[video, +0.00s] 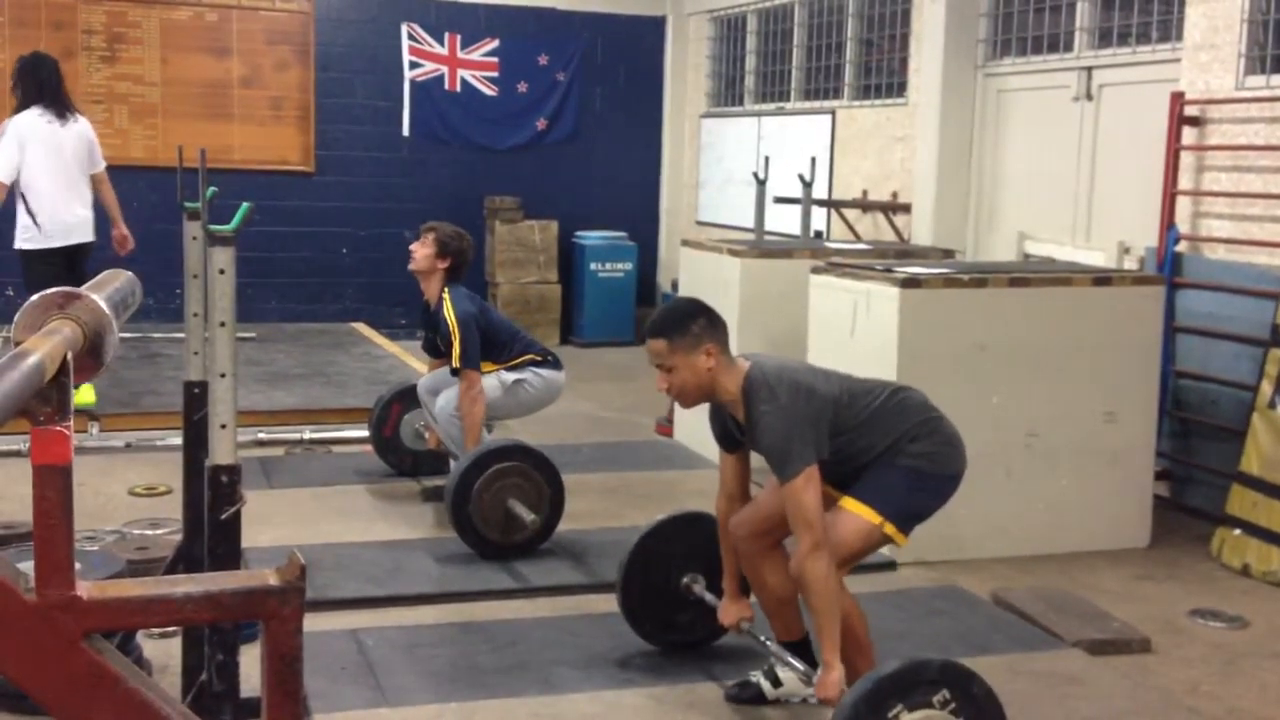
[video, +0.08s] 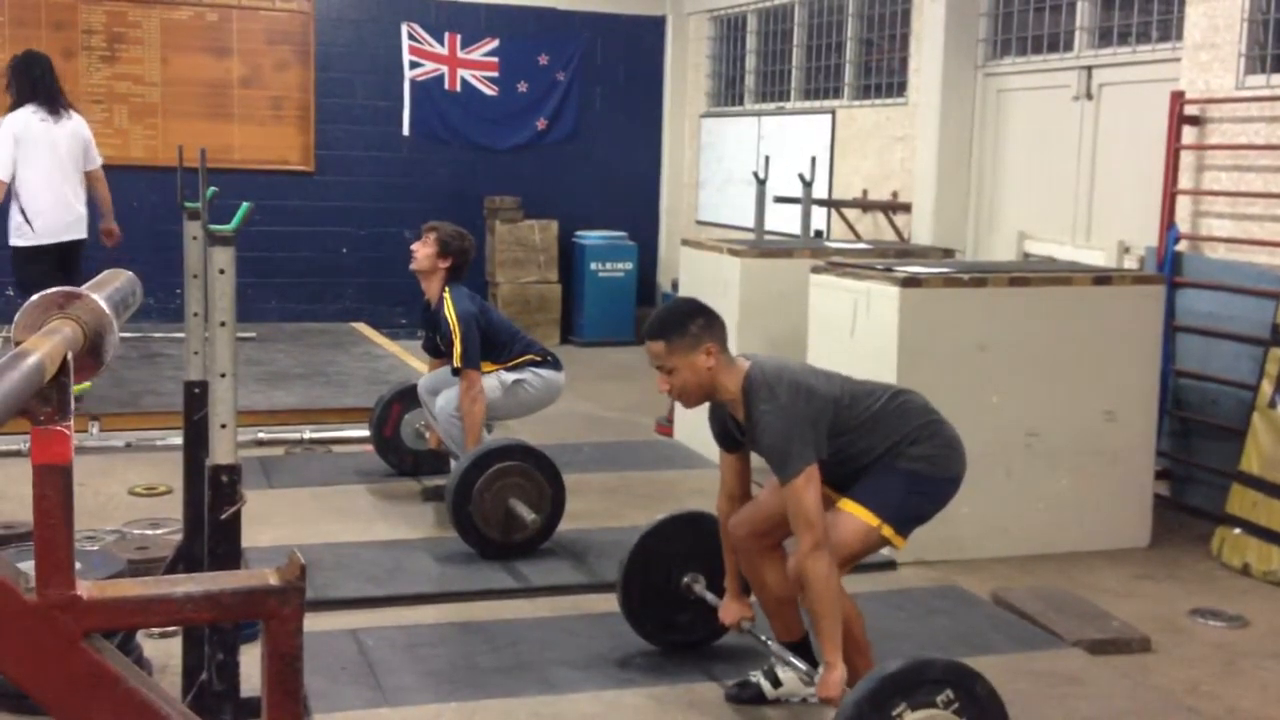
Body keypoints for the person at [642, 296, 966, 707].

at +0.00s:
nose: (661, 385)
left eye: (667, 370)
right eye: (658, 371)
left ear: (708, 357)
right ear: (708, 360)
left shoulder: (778, 404)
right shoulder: (728, 405)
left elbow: (813, 547)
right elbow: (731, 499)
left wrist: (831, 665)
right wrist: (733, 594)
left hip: (923, 452)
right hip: (863, 452)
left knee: (815, 566)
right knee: (748, 533)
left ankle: (870, 696)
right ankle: (798, 667)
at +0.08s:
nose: (662, 386)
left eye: (668, 371)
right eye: (659, 373)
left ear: (708, 357)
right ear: (708, 359)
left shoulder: (778, 404)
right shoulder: (727, 407)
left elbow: (813, 547)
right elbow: (732, 500)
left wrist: (832, 666)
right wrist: (735, 593)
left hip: (923, 455)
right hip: (863, 455)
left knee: (811, 567)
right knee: (747, 533)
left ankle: (869, 692)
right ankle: (797, 666)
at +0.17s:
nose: (662, 392)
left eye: (666, 378)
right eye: (658, 380)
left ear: (706, 360)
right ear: (706, 362)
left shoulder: (778, 405)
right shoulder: (728, 408)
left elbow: (815, 547)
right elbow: (734, 500)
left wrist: (836, 664)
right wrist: (735, 594)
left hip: (924, 454)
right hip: (865, 454)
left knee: (814, 564)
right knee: (747, 532)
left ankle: (866, 692)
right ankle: (799, 666)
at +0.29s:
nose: (665, 397)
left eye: (669, 382)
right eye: (660, 385)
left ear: (708, 362)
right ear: (706, 364)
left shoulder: (779, 408)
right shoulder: (727, 410)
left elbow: (820, 549)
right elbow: (733, 501)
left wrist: (838, 665)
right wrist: (735, 594)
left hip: (921, 462)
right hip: (857, 460)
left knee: (808, 567)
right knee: (743, 538)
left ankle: (864, 690)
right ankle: (802, 667)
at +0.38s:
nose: (668, 389)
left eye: (672, 374)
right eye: (664, 376)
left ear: (712, 357)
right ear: (712, 359)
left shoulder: (782, 409)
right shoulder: (727, 407)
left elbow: (823, 548)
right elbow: (733, 501)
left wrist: (840, 666)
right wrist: (735, 589)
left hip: (915, 471)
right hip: (851, 468)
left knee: (798, 568)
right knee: (734, 541)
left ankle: (861, 687)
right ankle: (805, 666)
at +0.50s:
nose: (668, 373)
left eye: (676, 359)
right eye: (665, 360)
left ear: (719, 346)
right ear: (717, 348)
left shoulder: (780, 405)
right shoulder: (721, 405)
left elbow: (818, 544)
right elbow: (730, 500)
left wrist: (839, 662)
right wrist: (734, 588)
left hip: (906, 480)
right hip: (843, 475)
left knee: (790, 572)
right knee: (724, 543)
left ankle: (856, 679)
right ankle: (808, 662)